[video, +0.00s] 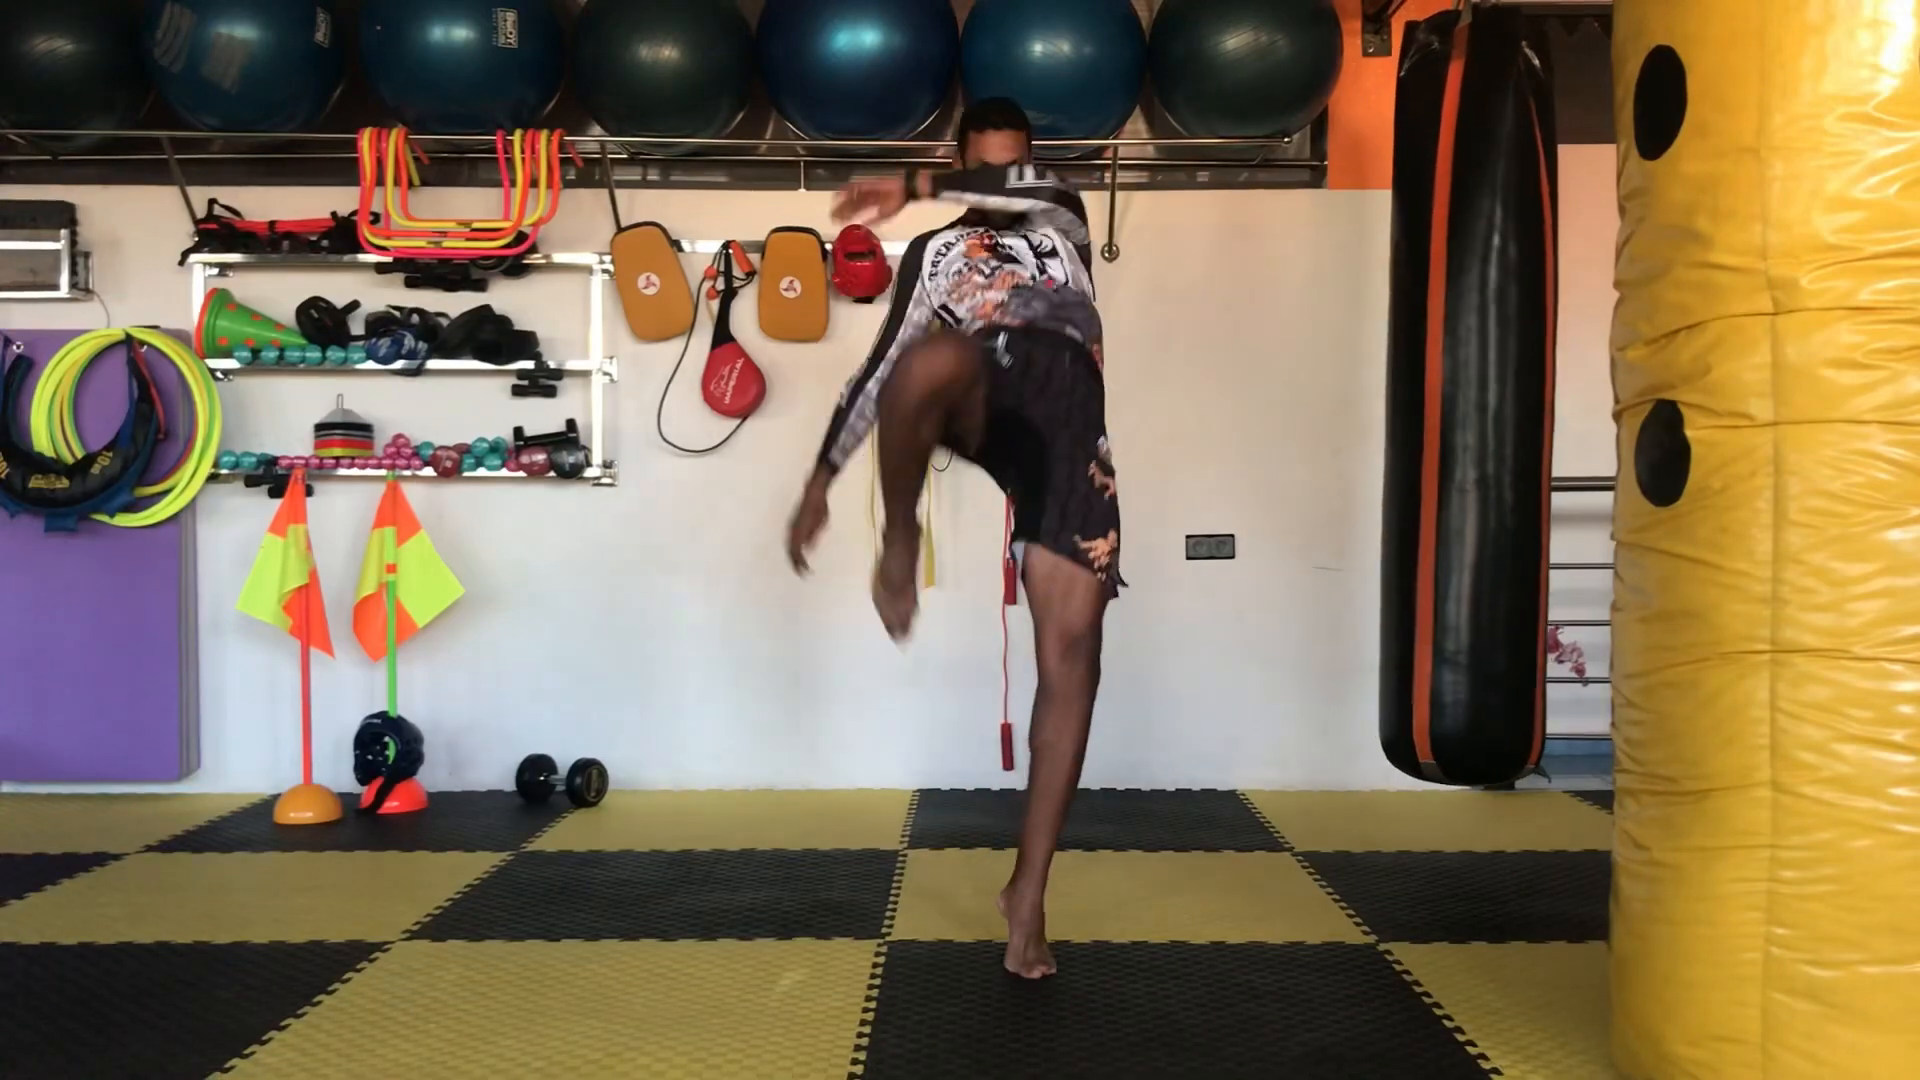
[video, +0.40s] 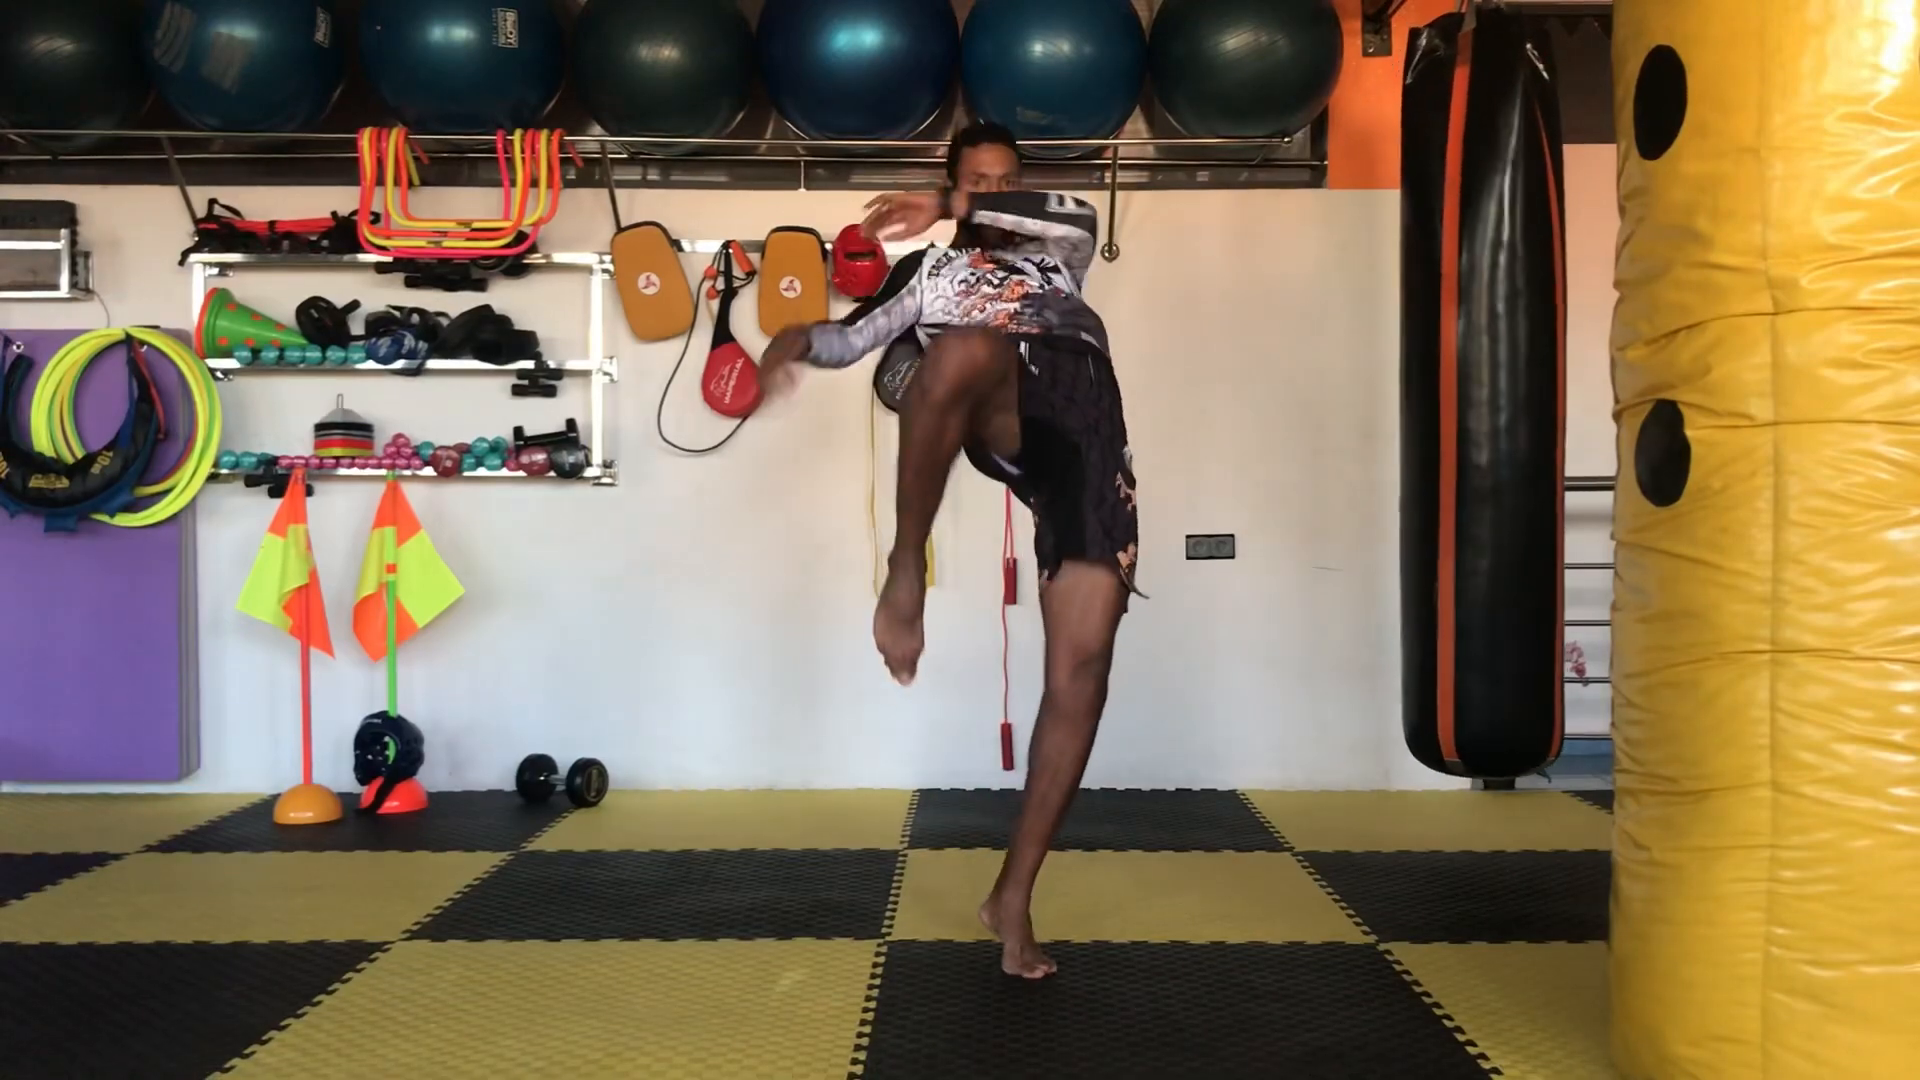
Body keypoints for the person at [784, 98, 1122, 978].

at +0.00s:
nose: (1002, 176)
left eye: (1016, 164)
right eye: (987, 166)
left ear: (1035, 164)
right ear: (962, 170)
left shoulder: (1062, 221)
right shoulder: (935, 250)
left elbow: (1027, 181)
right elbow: (880, 366)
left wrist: (914, 182)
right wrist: (818, 477)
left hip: (1064, 405)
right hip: (970, 391)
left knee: (1074, 657)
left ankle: (1029, 888)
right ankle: (900, 540)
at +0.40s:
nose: (990, 191)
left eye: (1003, 178)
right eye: (975, 179)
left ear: (1023, 183)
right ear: (951, 188)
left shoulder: (1054, 250)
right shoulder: (934, 274)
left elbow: (1076, 230)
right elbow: (850, 342)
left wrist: (947, 204)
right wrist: (795, 339)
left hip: (1088, 434)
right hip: (1001, 415)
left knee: (1080, 682)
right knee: (960, 348)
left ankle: (1014, 895)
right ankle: (907, 566)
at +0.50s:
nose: (995, 171)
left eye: (1008, 158)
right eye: (978, 157)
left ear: (1026, 165)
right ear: (953, 169)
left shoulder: (1057, 234)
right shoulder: (934, 256)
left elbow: (1115, 246)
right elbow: (860, 340)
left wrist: (1010, 194)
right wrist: (845, 305)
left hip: (1079, 435)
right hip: (996, 417)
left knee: (1059, 686)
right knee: (960, 415)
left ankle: (998, 908)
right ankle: (911, 604)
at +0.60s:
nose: (1003, 152)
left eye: (1015, 136)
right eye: (985, 136)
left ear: (1033, 145)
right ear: (959, 147)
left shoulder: (1068, 231)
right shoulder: (933, 247)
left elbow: (1157, 280)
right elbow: (893, 374)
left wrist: (1088, 205)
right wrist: (880, 298)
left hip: (1066, 445)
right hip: (978, 429)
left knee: (1040, 685)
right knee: (951, 513)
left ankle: (992, 914)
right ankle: (913, 654)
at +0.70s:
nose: (1010, 144)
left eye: (1023, 129)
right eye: (994, 128)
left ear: (1041, 141)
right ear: (965, 141)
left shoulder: (1074, 230)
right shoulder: (931, 241)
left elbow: (1174, 321)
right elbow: (890, 361)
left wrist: (1156, 257)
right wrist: (940, 272)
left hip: (1060, 450)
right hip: (970, 441)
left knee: (1034, 686)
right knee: (924, 618)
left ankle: (992, 915)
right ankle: (928, 714)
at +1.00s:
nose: (1004, 185)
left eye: (1020, 171)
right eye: (991, 170)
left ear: (1039, 180)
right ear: (970, 177)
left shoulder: (1079, 273)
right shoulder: (939, 269)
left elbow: (1104, 410)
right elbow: (893, 380)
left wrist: (1112, 373)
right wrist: (951, 272)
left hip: (1056, 490)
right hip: (968, 491)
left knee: (1044, 695)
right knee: (959, 701)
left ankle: (1001, 909)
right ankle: (1018, 810)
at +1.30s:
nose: (1006, 173)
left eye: (1020, 160)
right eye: (994, 158)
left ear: (1042, 164)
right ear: (975, 160)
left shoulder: (1075, 236)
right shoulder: (952, 248)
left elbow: (1142, 343)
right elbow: (892, 336)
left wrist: (1103, 259)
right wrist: (938, 248)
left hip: (1062, 453)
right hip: (980, 455)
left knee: (1067, 645)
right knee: (980, 655)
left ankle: (1080, 843)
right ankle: (1019, 815)